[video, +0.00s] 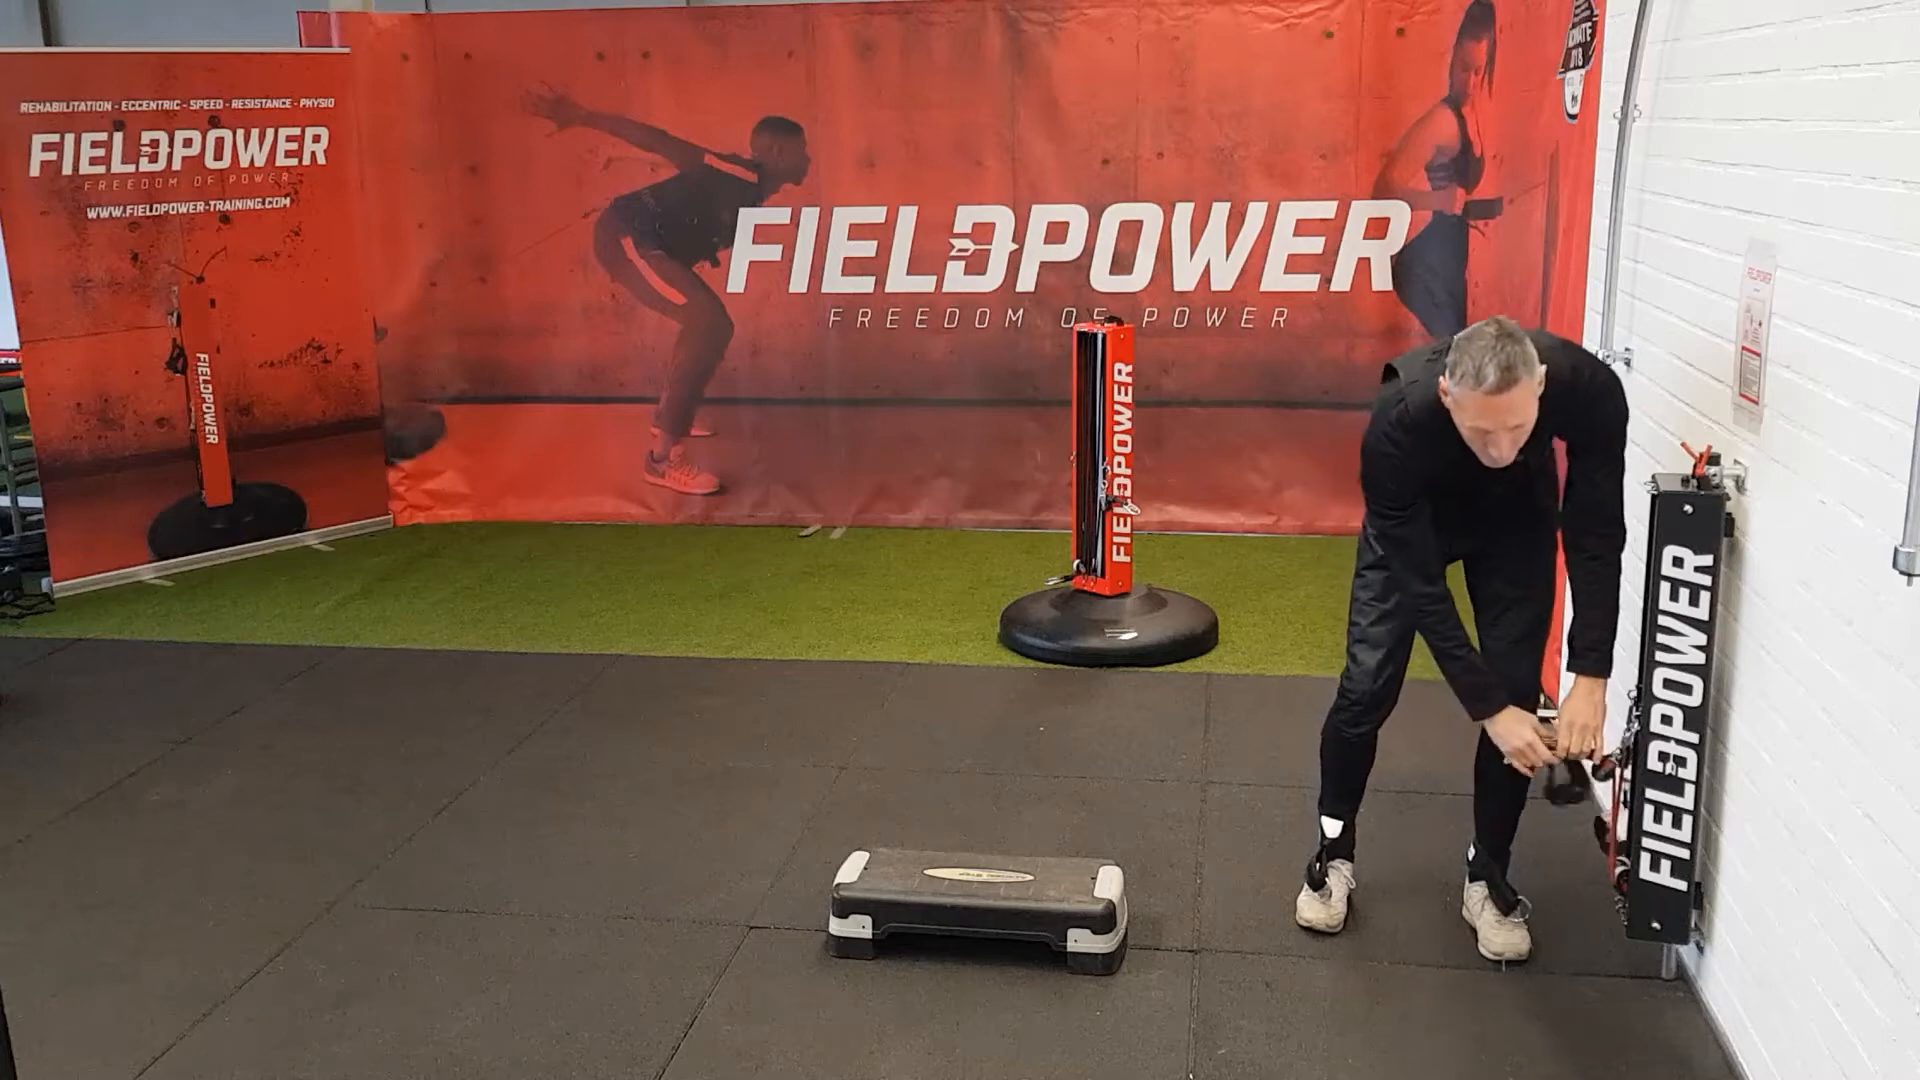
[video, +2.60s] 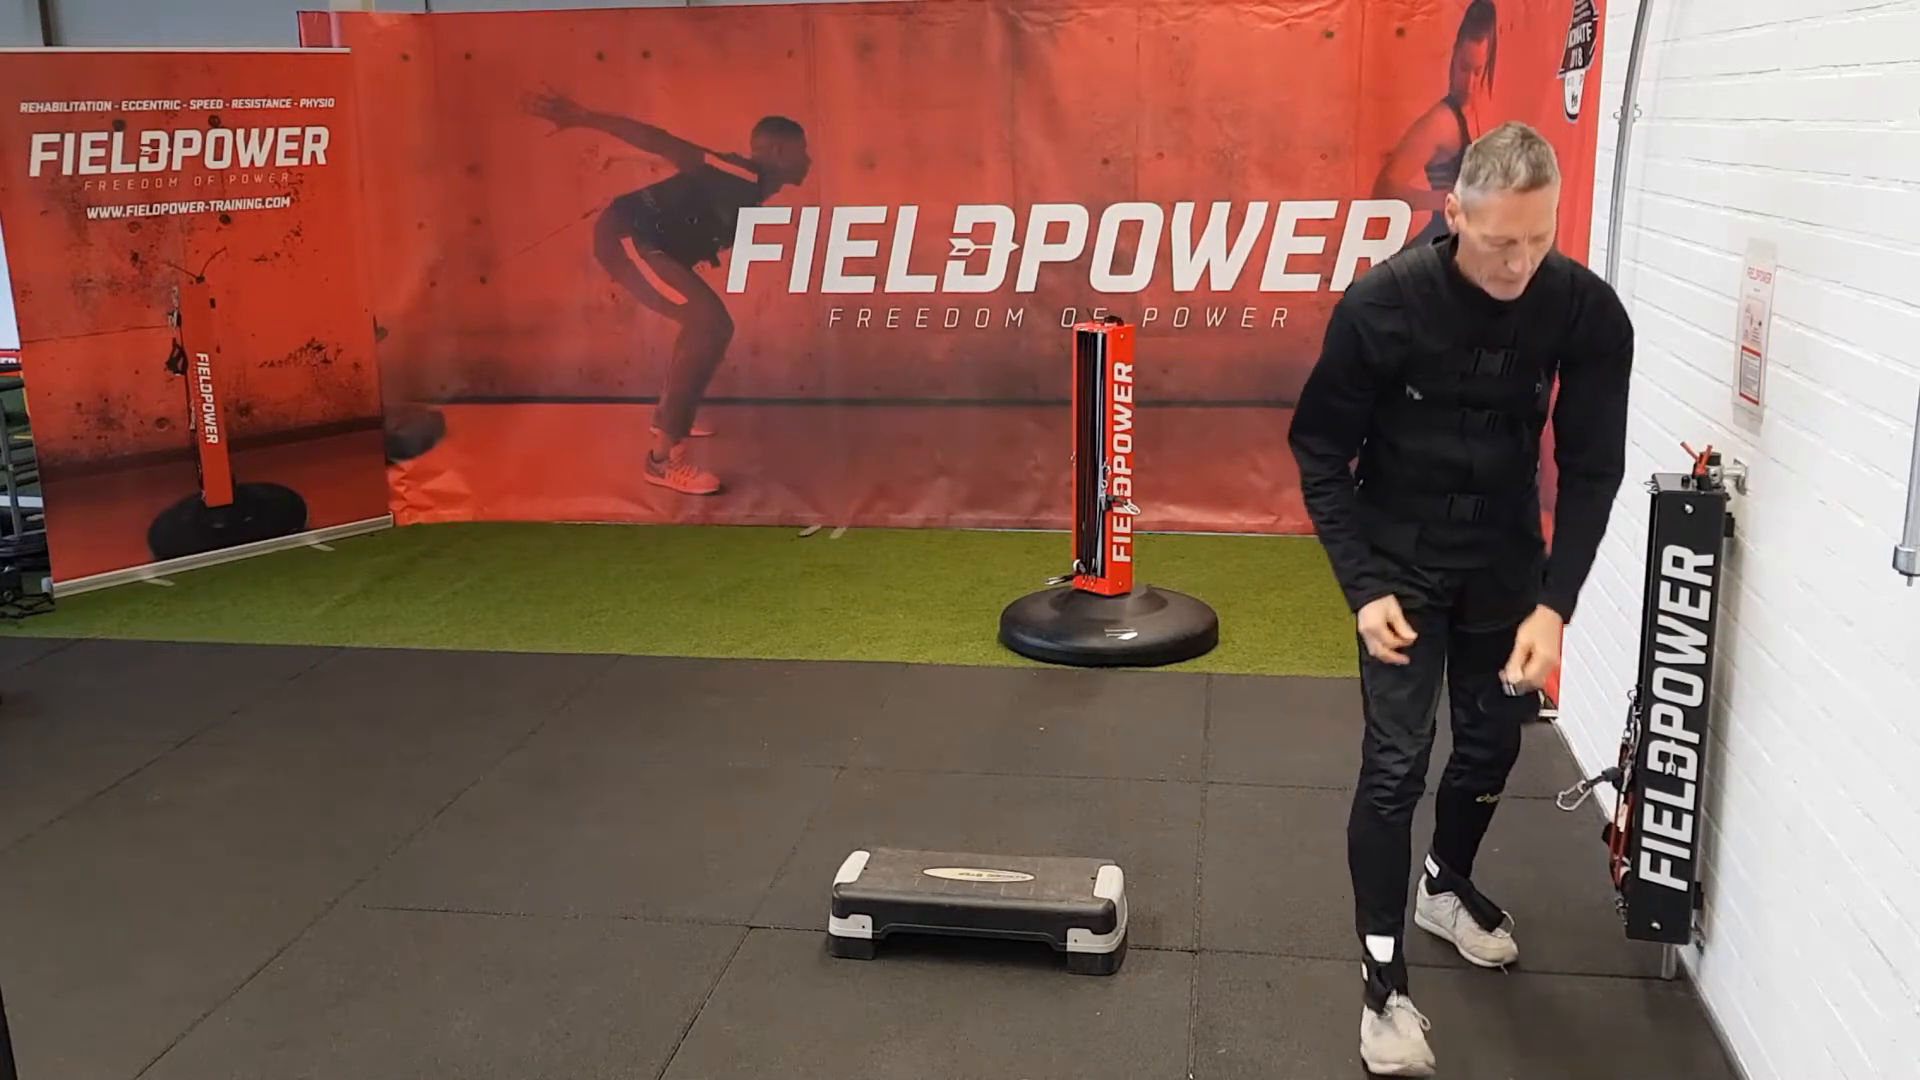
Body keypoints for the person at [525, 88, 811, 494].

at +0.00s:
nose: (807, 158)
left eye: (804, 149)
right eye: (800, 150)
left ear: (774, 151)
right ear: (772, 150)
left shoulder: (748, 192)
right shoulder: (733, 179)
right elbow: (659, 141)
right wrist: (583, 116)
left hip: (645, 238)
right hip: (627, 234)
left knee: (714, 323)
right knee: (709, 323)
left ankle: (671, 414)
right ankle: (664, 457)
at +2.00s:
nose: (808, 158)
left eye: (805, 149)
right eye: (801, 149)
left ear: (774, 151)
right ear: (773, 150)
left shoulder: (745, 185)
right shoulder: (735, 180)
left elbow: (660, 142)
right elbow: (659, 141)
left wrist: (583, 116)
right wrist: (583, 117)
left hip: (639, 234)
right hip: (627, 233)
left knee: (709, 322)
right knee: (713, 326)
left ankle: (670, 414)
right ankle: (664, 457)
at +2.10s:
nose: (808, 158)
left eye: (805, 149)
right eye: (801, 149)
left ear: (774, 151)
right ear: (774, 150)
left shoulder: (746, 186)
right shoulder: (734, 179)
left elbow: (660, 142)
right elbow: (658, 141)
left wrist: (583, 116)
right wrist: (583, 117)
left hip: (641, 235)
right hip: (627, 233)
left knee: (709, 322)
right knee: (713, 326)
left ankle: (670, 413)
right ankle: (664, 457)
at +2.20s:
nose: (807, 159)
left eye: (805, 150)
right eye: (801, 149)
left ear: (773, 151)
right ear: (772, 150)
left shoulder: (749, 190)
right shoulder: (735, 179)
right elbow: (661, 142)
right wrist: (582, 117)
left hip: (643, 236)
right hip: (626, 234)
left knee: (709, 322)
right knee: (712, 326)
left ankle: (670, 414)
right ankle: (665, 457)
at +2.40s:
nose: (807, 159)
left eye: (804, 150)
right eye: (800, 150)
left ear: (774, 151)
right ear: (772, 150)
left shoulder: (750, 191)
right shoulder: (736, 177)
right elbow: (661, 143)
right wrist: (582, 117)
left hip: (643, 236)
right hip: (627, 234)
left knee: (708, 322)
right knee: (713, 325)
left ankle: (670, 414)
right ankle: (665, 457)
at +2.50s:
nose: (807, 159)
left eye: (804, 150)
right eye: (801, 150)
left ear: (773, 151)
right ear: (772, 150)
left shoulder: (749, 189)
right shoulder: (737, 178)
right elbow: (662, 143)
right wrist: (582, 117)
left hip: (642, 237)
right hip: (627, 235)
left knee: (710, 322)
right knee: (712, 325)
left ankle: (670, 413)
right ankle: (665, 458)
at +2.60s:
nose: (807, 159)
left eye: (804, 150)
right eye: (800, 150)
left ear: (774, 151)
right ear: (772, 150)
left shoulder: (750, 190)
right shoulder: (736, 177)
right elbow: (661, 143)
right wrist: (582, 117)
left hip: (643, 236)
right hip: (627, 234)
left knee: (708, 322)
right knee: (713, 325)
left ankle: (670, 414)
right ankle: (665, 457)